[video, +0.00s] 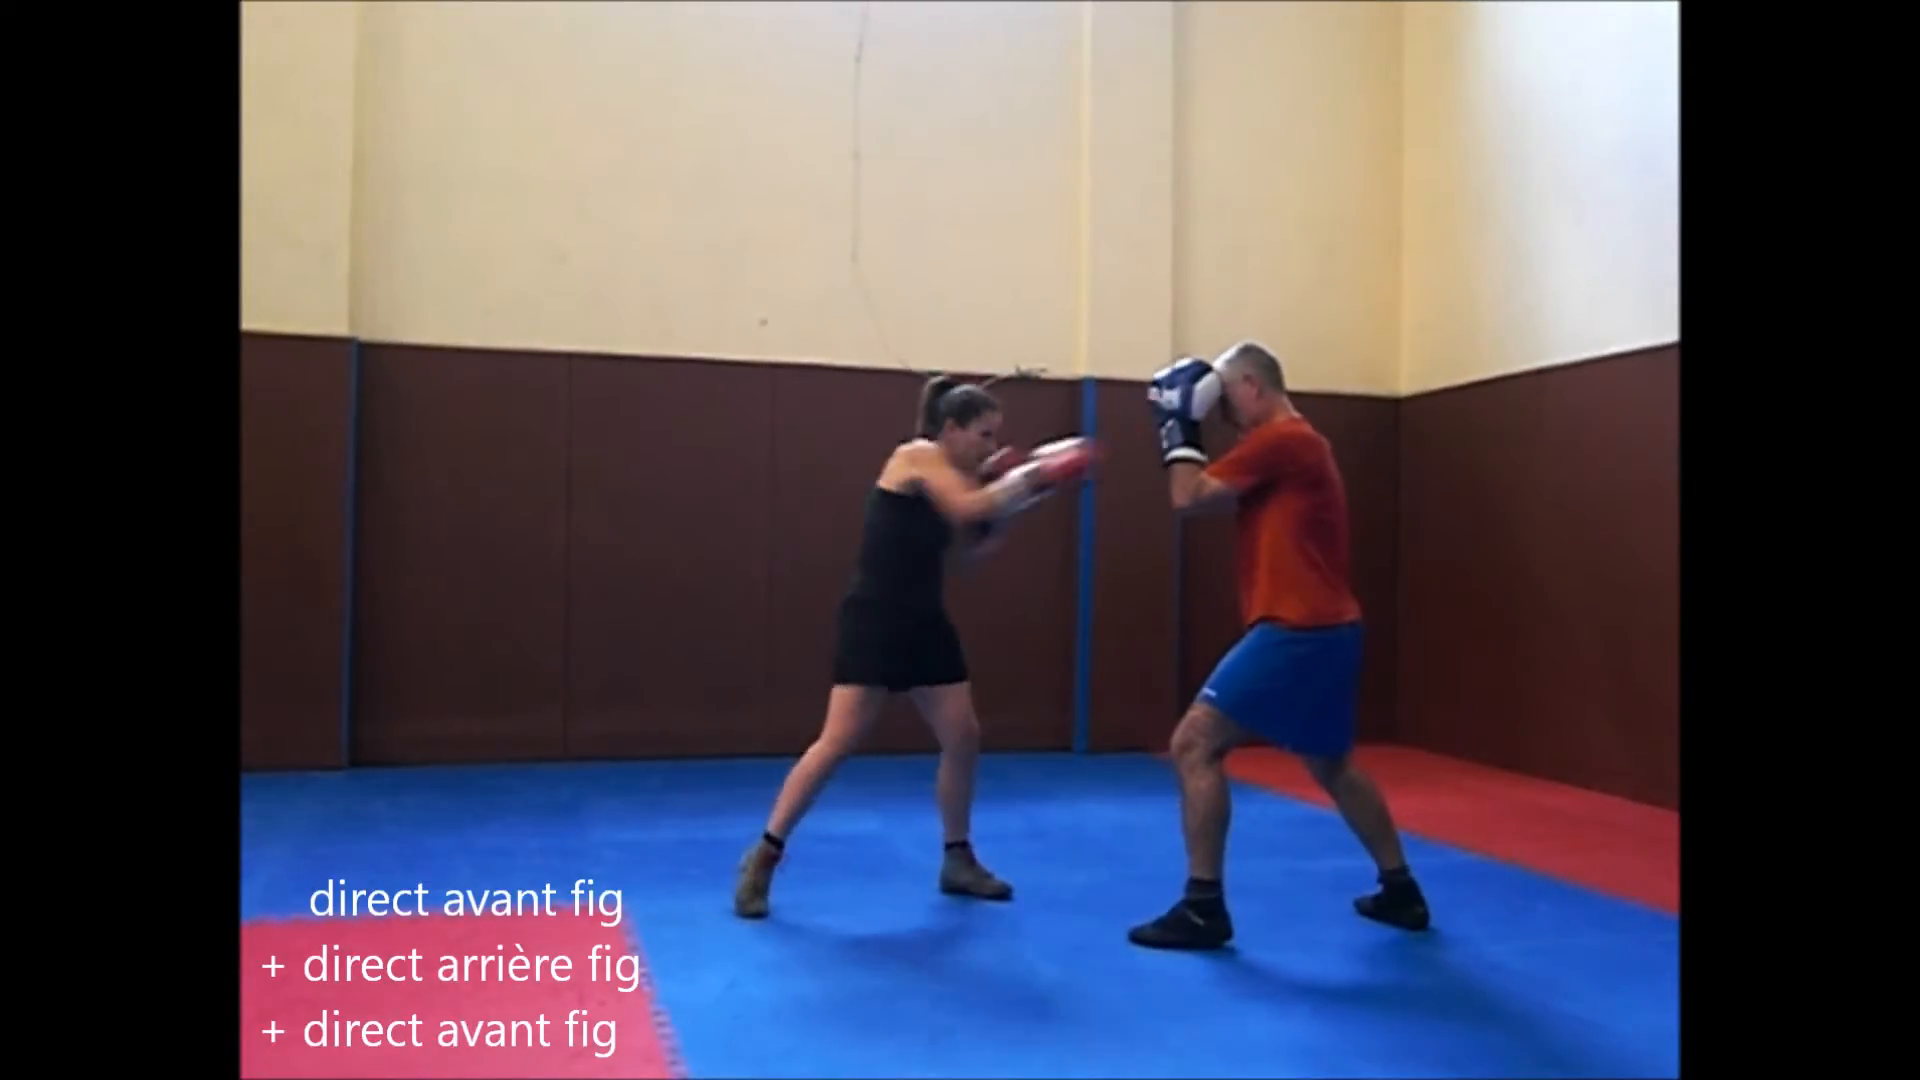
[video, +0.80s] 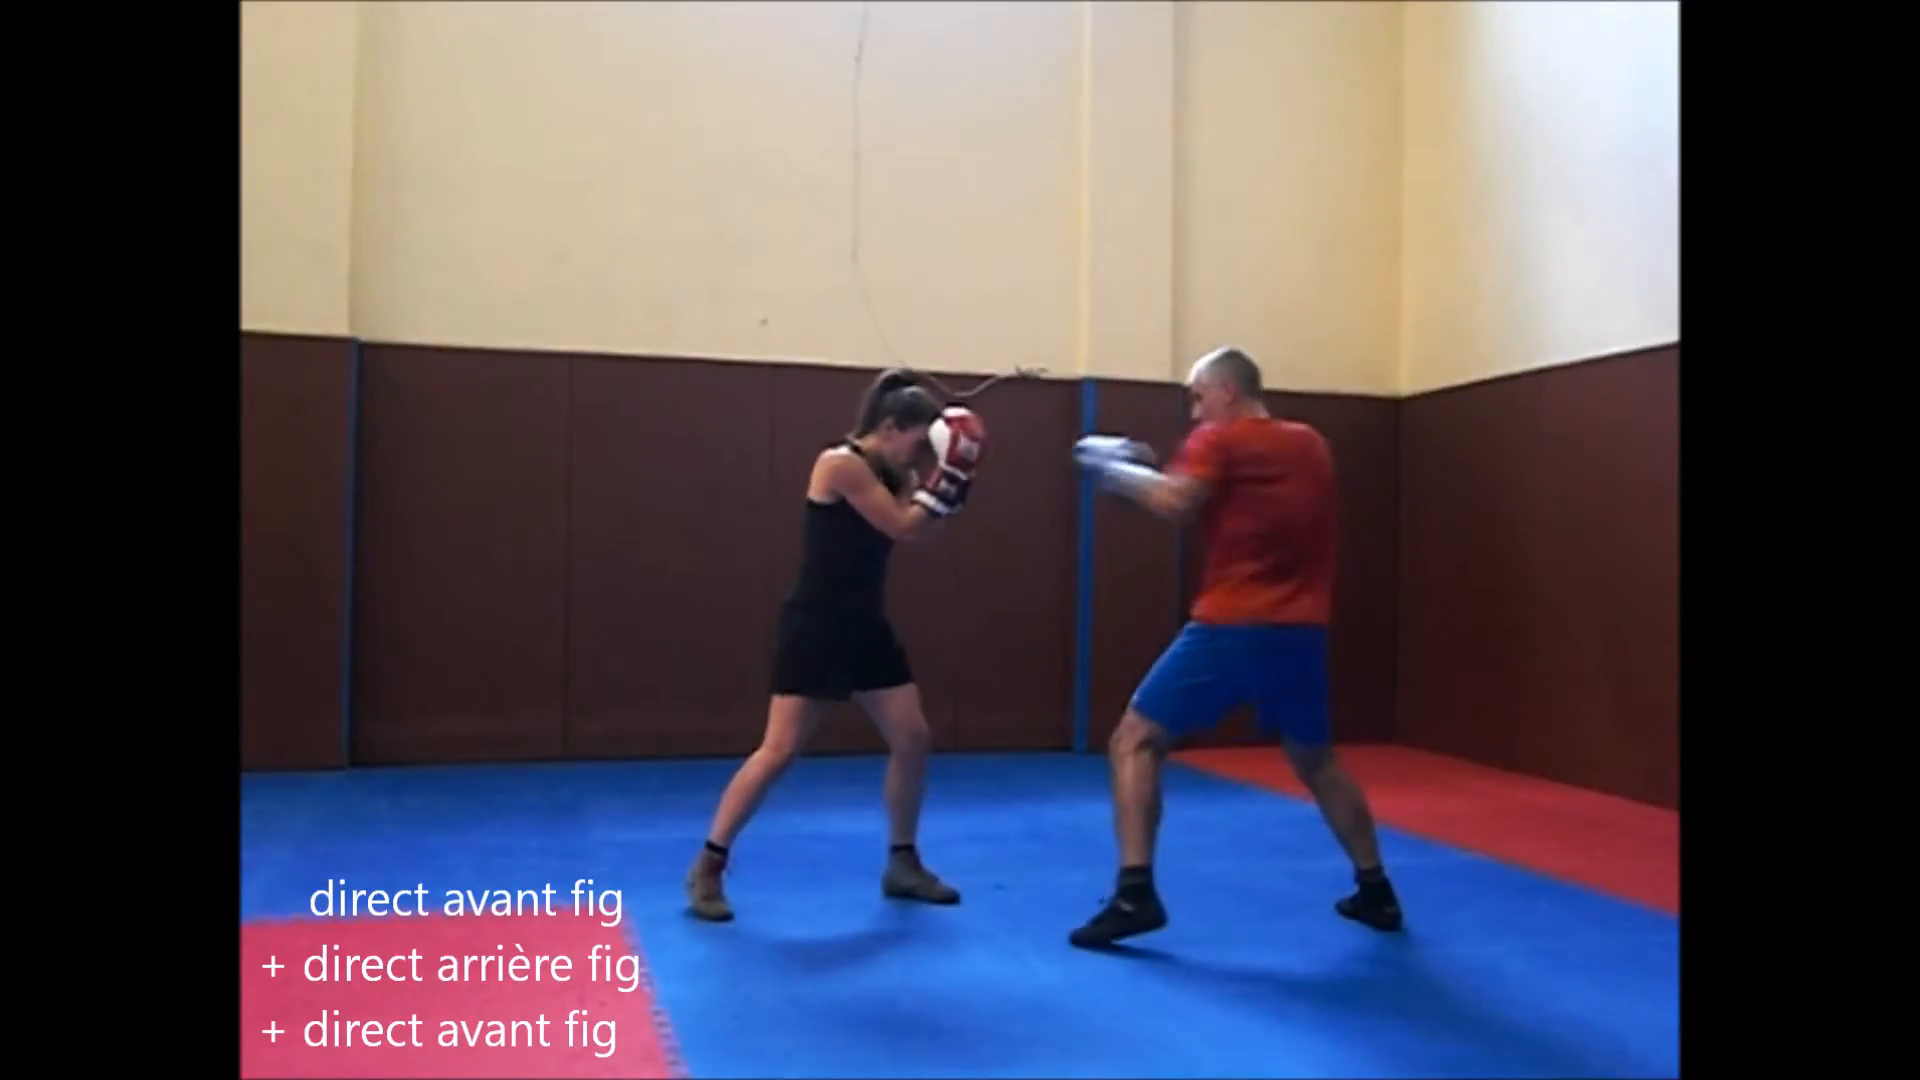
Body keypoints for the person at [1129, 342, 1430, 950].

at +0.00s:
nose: (1229, 409)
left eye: (1230, 396)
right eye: (1226, 397)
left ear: (1251, 387)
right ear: (1269, 386)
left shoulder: (1278, 440)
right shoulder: (1302, 440)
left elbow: (1189, 493)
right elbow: (1206, 483)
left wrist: (1172, 427)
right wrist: (1190, 426)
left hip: (1290, 630)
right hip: (1328, 630)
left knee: (1193, 746)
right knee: (1334, 767)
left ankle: (1203, 907)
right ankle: (1401, 890)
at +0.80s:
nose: (1196, 409)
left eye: (1200, 397)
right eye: (1194, 398)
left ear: (1232, 390)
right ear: (1253, 392)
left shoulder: (1217, 439)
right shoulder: (1311, 443)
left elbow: (1174, 501)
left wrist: (1111, 471)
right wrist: (1154, 469)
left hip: (1227, 628)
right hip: (1302, 630)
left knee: (1134, 743)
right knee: (1318, 762)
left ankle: (1134, 895)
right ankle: (1376, 891)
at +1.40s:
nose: (1117, 420)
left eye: (1125, 406)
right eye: (1116, 407)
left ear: (1159, 406)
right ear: (1156, 409)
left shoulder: (1215, 459)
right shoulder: (1153, 468)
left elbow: (1221, 551)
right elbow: (1150, 532)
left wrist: (1135, 512)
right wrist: (1077, 484)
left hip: (1216, 645)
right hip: (1235, 643)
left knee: (1103, 757)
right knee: (1276, 775)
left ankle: (1143, 915)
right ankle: (1372, 885)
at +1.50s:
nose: (1109, 419)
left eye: (1115, 406)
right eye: (1107, 407)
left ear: (1145, 401)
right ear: (1167, 404)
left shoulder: (1142, 446)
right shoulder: (1224, 442)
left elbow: (1078, 496)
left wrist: (1007, 462)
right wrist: (1116, 457)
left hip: (1197, 639)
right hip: (1263, 630)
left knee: (1098, 759)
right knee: (1294, 762)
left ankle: (1141, 913)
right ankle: (1365, 885)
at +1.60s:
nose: (1115, 430)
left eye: (1119, 419)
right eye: (1114, 420)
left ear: (1147, 411)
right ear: (1172, 410)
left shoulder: (1130, 454)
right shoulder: (1238, 448)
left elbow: (1029, 463)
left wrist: (952, 447)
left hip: (1201, 640)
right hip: (1274, 632)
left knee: (1100, 762)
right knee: (1303, 761)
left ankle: (1141, 915)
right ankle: (1369, 887)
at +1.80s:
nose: (1142, 417)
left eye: (1145, 406)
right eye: (1141, 407)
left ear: (1172, 399)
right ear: (1200, 402)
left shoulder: (1156, 444)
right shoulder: (1259, 444)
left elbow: (1087, 492)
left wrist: (1004, 479)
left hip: (1211, 631)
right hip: (1282, 627)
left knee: (1111, 755)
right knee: (1308, 764)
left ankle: (1142, 912)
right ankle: (1371, 892)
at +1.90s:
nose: (1157, 407)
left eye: (1162, 394)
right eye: (1155, 396)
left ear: (1192, 390)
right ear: (1209, 391)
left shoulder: (1193, 446)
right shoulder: (1268, 442)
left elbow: (1164, 522)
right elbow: (1236, 508)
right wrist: (1165, 470)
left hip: (1224, 630)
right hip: (1288, 625)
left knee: (1125, 752)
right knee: (1302, 764)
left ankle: (1143, 912)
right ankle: (1372, 892)